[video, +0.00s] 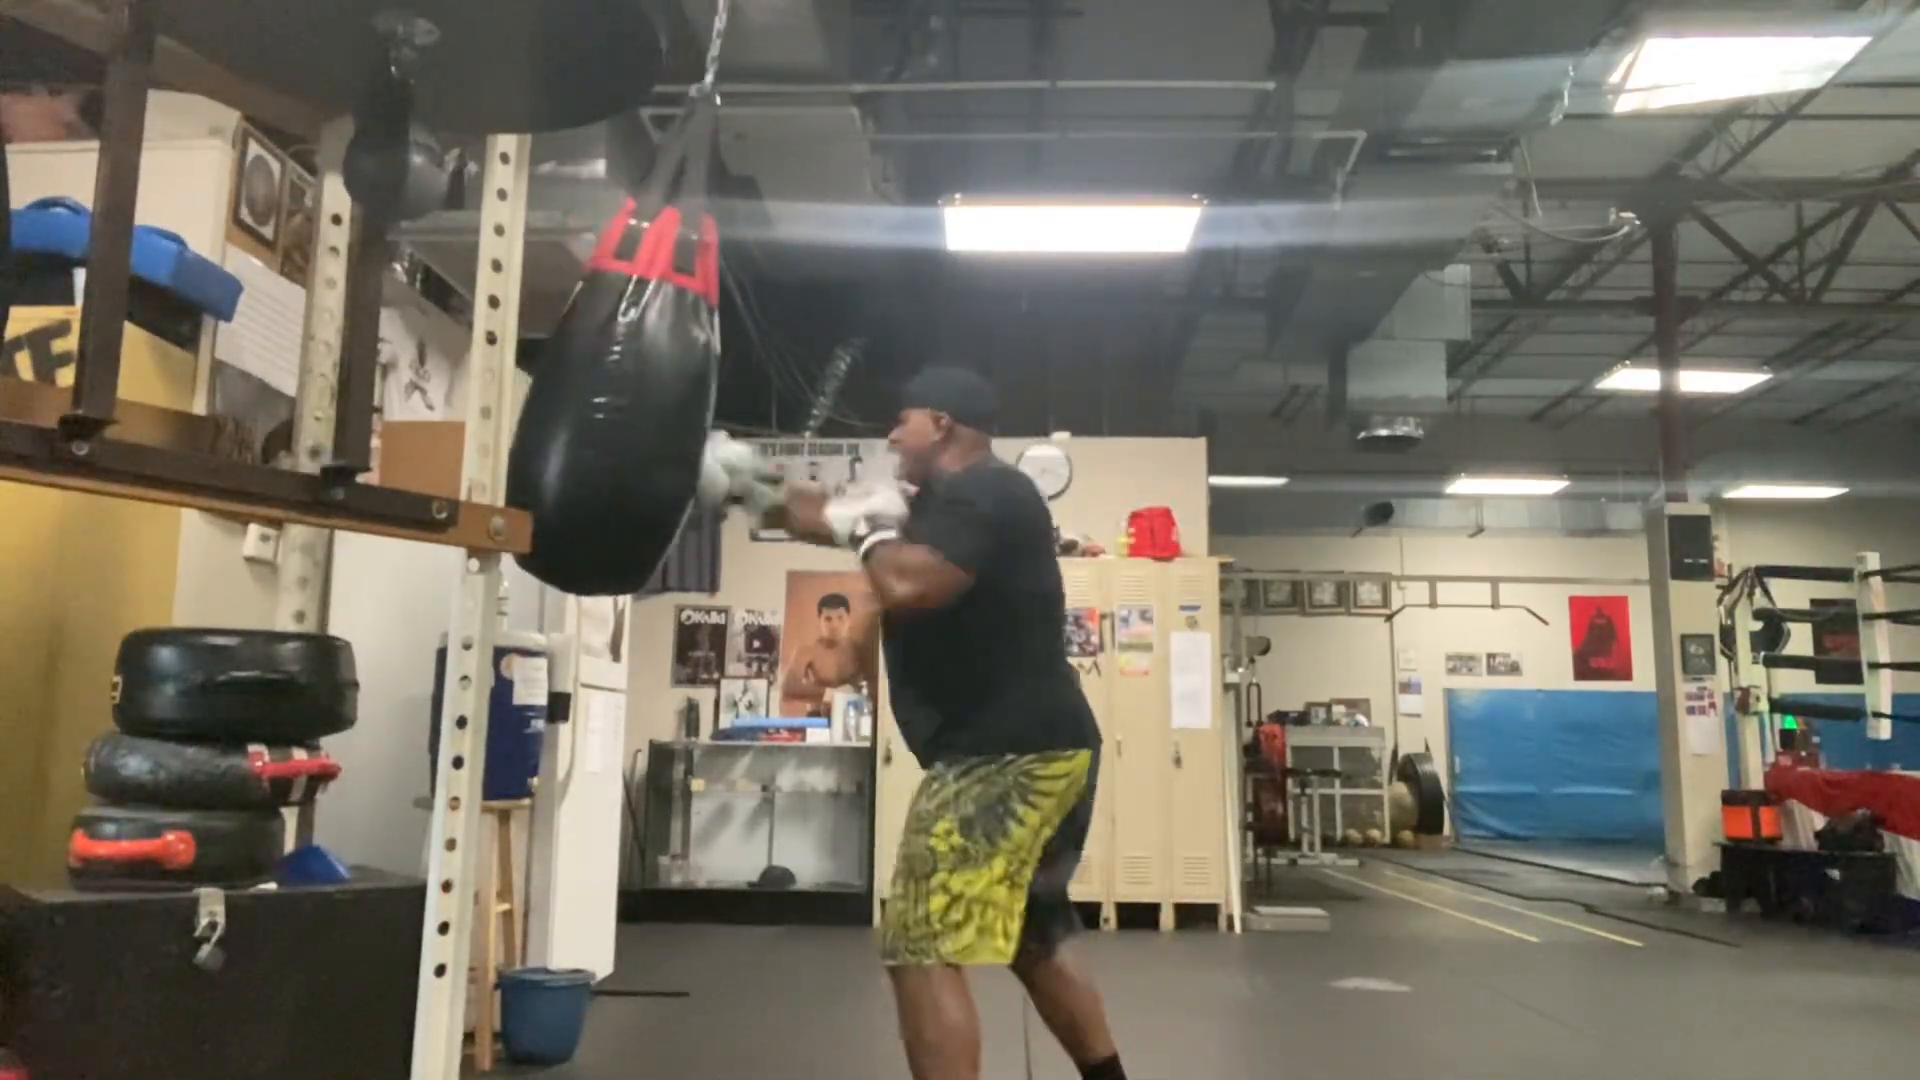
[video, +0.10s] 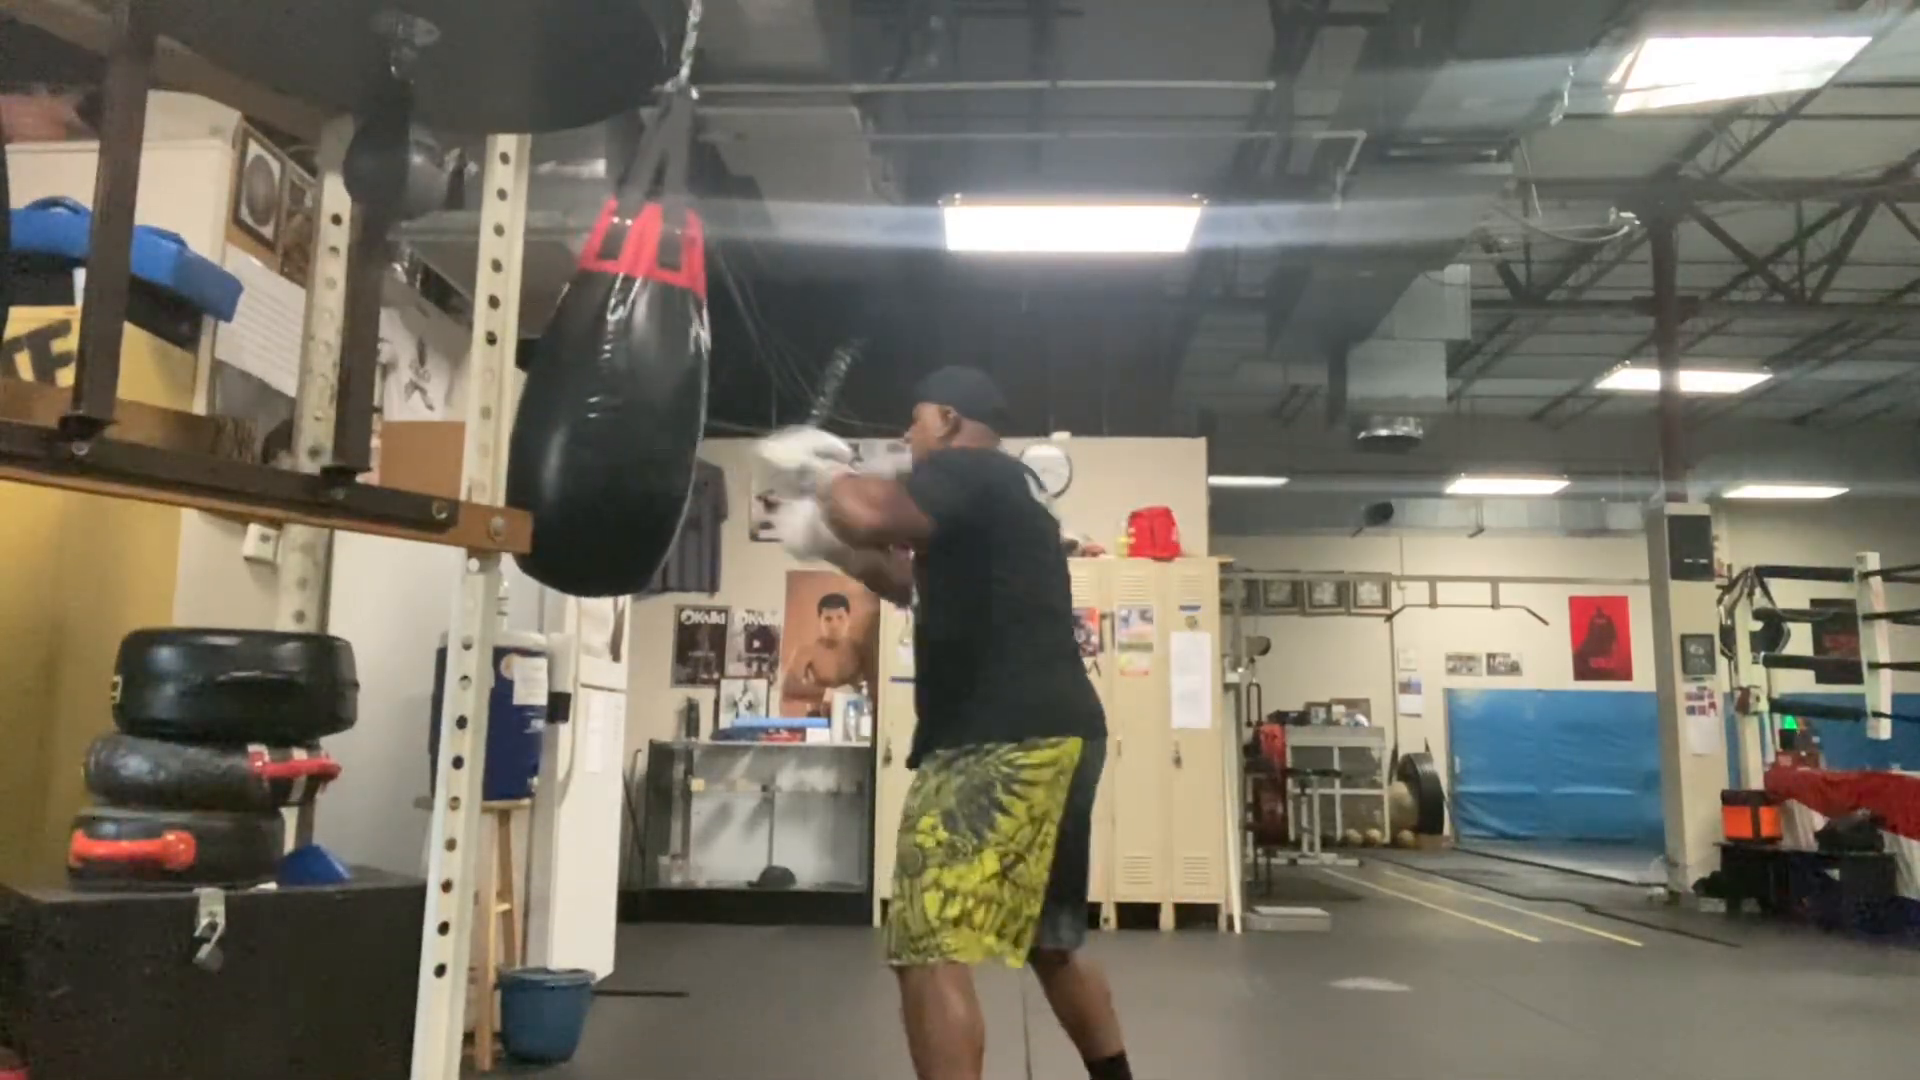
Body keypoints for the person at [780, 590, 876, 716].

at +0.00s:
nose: (834, 625)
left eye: (840, 618)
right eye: (828, 619)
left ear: (848, 620)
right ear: (819, 621)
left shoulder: (857, 651)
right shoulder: (808, 652)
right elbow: (789, 688)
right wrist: (825, 693)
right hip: (820, 716)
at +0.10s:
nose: (834, 625)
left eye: (840, 618)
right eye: (828, 619)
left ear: (848, 619)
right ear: (820, 620)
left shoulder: (858, 651)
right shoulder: (807, 652)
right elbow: (789, 688)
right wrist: (827, 692)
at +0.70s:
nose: (835, 625)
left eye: (840, 618)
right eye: (828, 619)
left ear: (848, 619)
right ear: (820, 620)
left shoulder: (857, 651)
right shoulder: (808, 652)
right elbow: (789, 687)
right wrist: (827, 693)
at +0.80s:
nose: (834, 625)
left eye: (840, 618)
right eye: (828, 619)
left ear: (848, 619)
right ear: (820, 620)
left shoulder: (857, 650)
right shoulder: (808, 651)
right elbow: (789, 687)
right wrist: (827, 693)